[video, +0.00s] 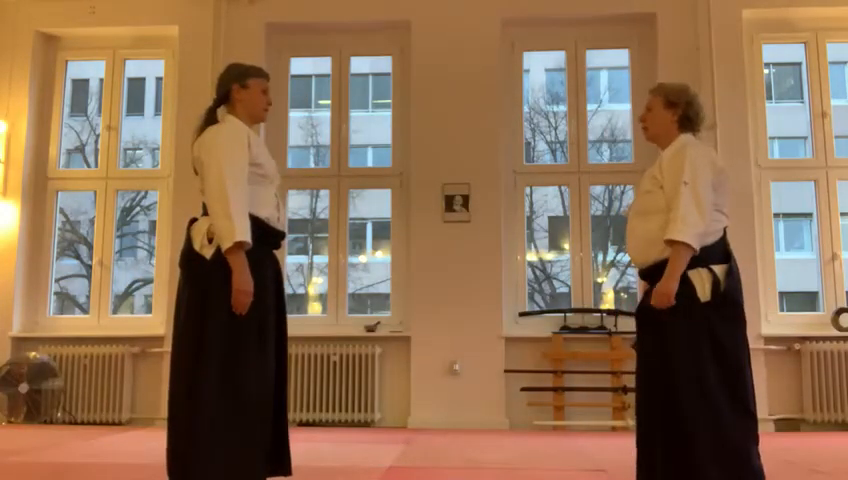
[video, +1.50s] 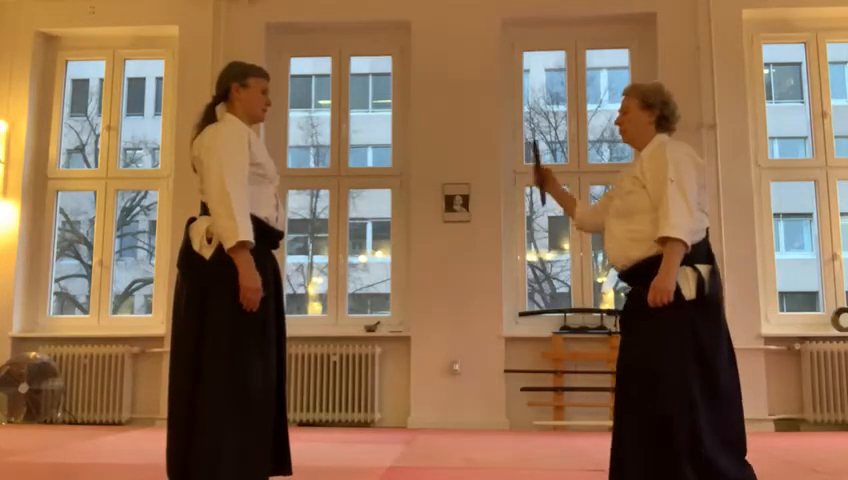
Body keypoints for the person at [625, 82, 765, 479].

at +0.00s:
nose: (642, 117)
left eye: (650, 110)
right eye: (644, 110)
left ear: (674, 113)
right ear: (671, 114)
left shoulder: (689, 152)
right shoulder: (670, 157)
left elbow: (690, 219)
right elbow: (672, 221)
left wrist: (670, 278)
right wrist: (652, 278)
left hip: (692, 282)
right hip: (669, 283)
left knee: (694, 392)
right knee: (669, 394)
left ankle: (705, 474)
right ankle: (675, 474)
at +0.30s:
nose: (641, 116)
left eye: (649, 109)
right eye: (643, 109)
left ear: (673, 113)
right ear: (668, 115)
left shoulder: (688, 152)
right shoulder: (668, 158)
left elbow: (690, 218)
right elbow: (670, 221)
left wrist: (676, 276)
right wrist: (653, 279)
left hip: (693, 283)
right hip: (667, 284)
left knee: (695, 392)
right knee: (666, 394)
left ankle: (707, 475)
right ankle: (674, 474)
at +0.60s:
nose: (640, 118)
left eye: (647, 110)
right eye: (642, 111)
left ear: (672, 113)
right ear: (667, 115)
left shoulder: (687, 152)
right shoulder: (669, 157)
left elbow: (686, 217)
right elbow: (677, 219)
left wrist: (664, 275)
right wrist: (653, 274)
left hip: (689, 281)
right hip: (668, 282)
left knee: (692, 393)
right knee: (668, 394)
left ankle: (703, 475)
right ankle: (676, 474)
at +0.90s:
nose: (634, 118)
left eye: (642, 111)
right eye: (637, 111)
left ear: (666, 115)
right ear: (664, 116)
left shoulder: (684, 153)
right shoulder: (666, 158)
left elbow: (685, 218)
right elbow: (676, 220)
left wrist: (667, 276)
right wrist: (655, 277)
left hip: (689, 281)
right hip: (667, 283)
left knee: (691, 393)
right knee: (667, 394)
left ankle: (703, 475)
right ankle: (675, 474)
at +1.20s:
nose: (629, 121)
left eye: (636, 114)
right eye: (631, 114)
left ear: (661, 118)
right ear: (657, 120)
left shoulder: (680, 154)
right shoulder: (655, 165)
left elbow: (688, 217)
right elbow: (650, 235)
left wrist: (668, 271)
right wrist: (625, 290)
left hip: (690, 280)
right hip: (663, 284)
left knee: (693, 386)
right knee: (662, 389)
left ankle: (706, 472)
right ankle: (671, 472)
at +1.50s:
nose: (618, 120)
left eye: (625, 111)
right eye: (619, 112)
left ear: (651, 115)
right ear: (642, 118)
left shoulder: (670, 151)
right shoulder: (635, 172)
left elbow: (681, 211)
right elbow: (591, 220)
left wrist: (667, 271)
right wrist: (554, 188)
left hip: (677, 282)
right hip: (647, 287)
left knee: (679, 392)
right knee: (641, 393)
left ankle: (689, 473)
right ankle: (644, 473)